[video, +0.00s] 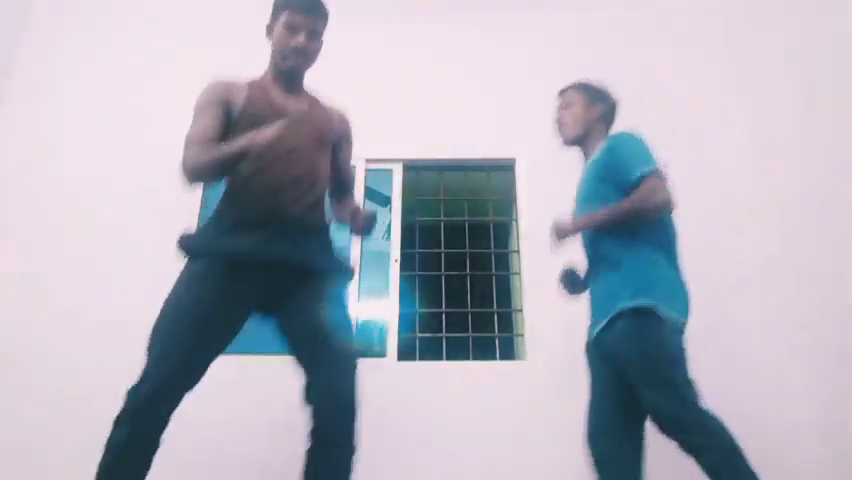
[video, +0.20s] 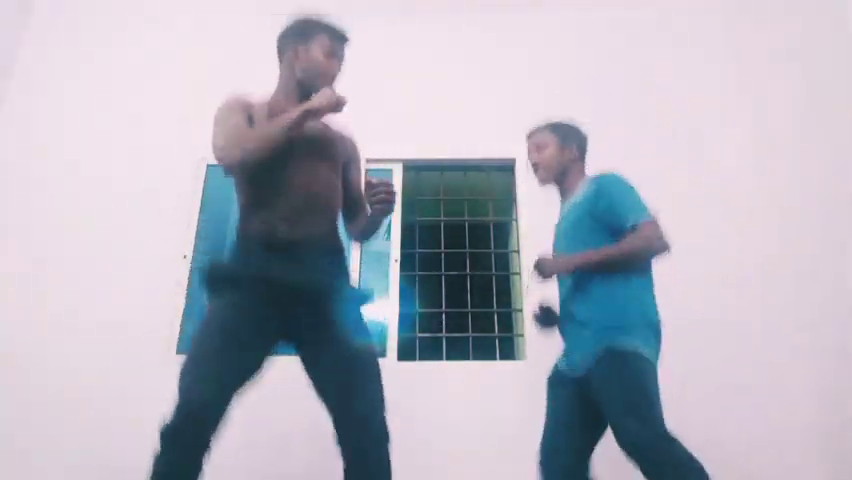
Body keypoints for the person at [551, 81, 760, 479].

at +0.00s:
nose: (558, 117)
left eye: (567, 107)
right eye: (558, 110)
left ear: (597, 111)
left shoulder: (621, 144)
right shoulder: (594, 173)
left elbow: (657, 194)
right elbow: (627, 249)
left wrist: (579, 222)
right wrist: (587, 276)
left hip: (640, 306)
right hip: (610, 318)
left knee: (679, 416)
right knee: (611, 443)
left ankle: (741, 475)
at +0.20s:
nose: (532, 159)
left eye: (540, 148)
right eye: (530, 152)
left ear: (570, 151)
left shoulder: (607, 187)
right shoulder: (567, 219)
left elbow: (653, 238)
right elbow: (598, 302)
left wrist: (569, 262)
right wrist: (560, 317)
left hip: (621, 344)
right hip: (578, 355)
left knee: (645, 441)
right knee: (559, 462)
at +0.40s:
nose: (541, 114)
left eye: (548, 104)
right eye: (539, 108)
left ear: (580, 104)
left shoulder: (616, 137)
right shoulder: (570, 174)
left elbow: (669, 190)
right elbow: (593, 242)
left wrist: (587, 217)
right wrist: (555, 254)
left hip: (621, 301)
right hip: (575, 311)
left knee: (635, 412)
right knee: (581, 432)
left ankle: (668, 475)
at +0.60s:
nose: (565, 138)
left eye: (574, 127)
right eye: (565, 130)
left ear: (606, 132)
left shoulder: (644, 180)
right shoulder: (590, 213)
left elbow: (678, 242)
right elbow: (613, 297)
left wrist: (585, 268)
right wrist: (570, 302)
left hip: (640, 359)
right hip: (596, 361)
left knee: (621, 467)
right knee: (568, 469)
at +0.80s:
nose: (575, 113)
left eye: (583, 104)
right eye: (575, 106)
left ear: (616, 108)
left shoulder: (642, 147)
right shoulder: (606, 173)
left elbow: (664, 204)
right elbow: (632, 244)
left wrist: (587, 214)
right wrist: (587, 250)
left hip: (641, 313)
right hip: (609, 318)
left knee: (640, 433)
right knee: (608, 433)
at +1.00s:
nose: (584, 130)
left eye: (593, 120)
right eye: (585, 123)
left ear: (623, 123)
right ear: (614, 126)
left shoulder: (647, 160)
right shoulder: (619, 183)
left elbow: (673, 214)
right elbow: (644, 267)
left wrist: (595, 238)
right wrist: (602, 278)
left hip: (655, 309)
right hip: (632, 314)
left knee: (656, 423)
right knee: (645, 423)